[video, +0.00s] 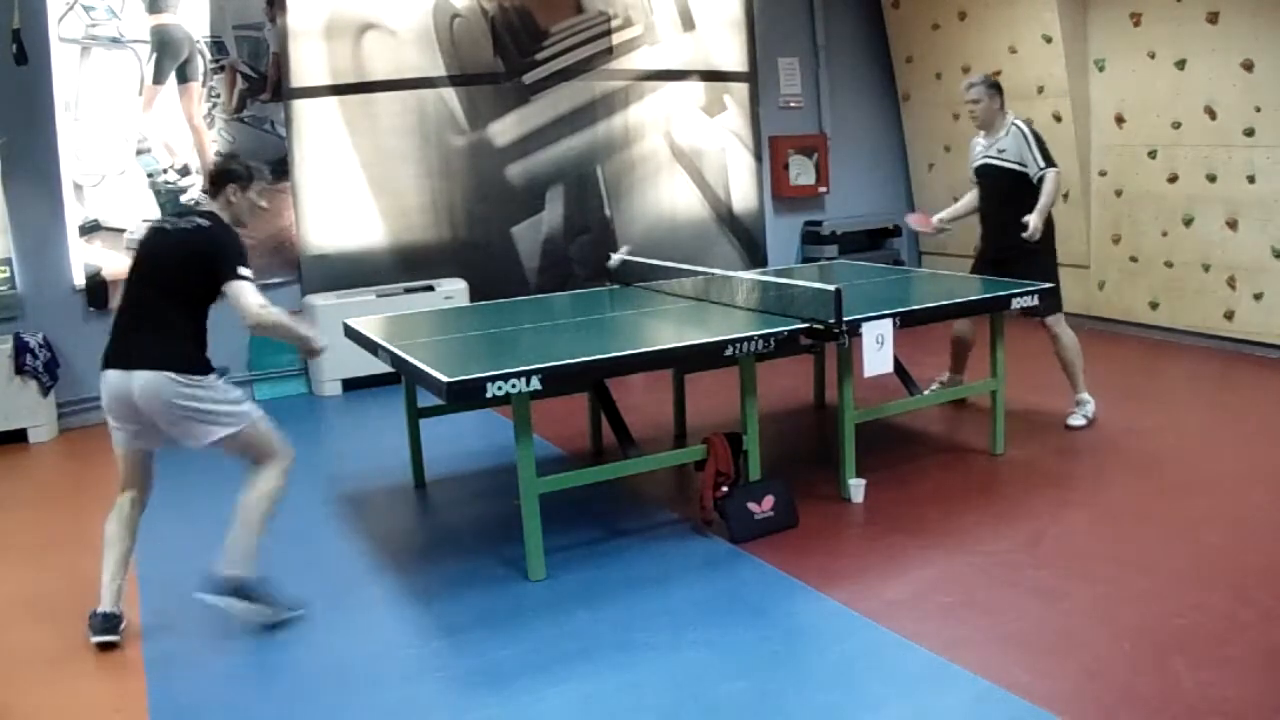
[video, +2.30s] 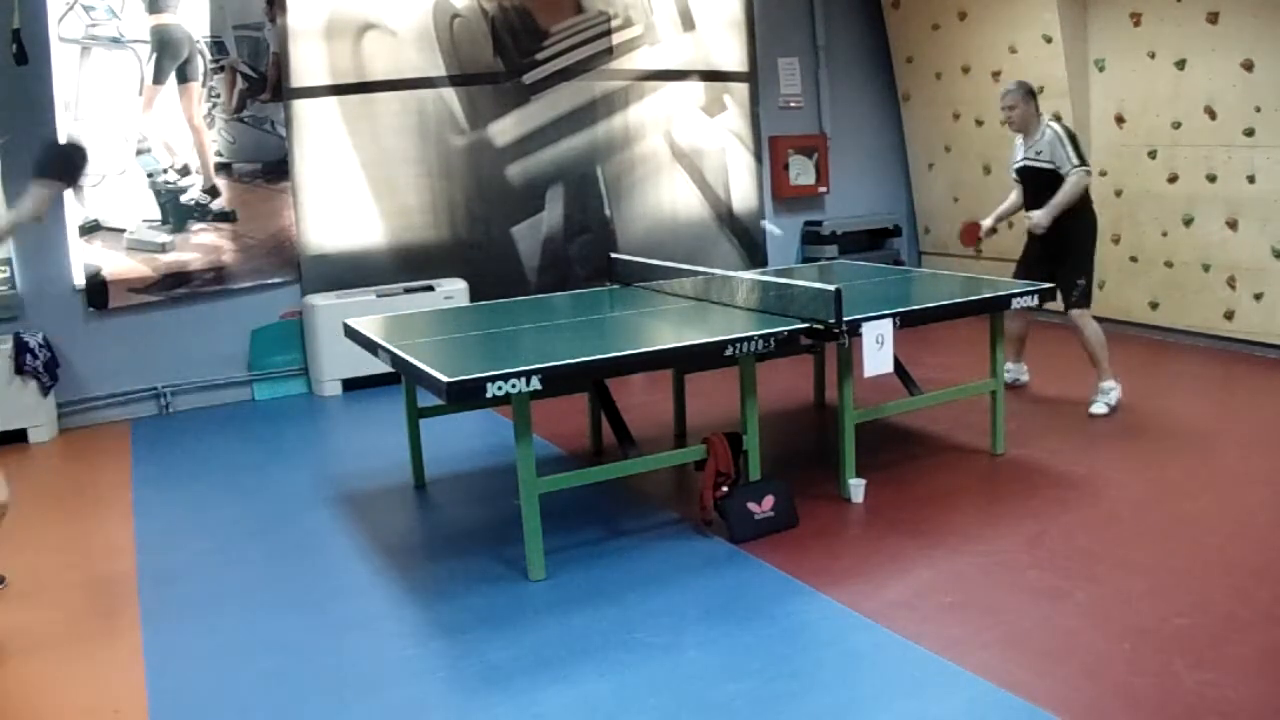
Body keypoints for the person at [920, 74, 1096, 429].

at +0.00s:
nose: (970, 110)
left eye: (976, 102)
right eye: (967, 104)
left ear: (997, 101)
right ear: (970, 107)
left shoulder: (1020, 132)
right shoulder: (978, 142)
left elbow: (1051, 174)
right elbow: (981, 192)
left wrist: (1039, 213)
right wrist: (945, 216)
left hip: (1031, 245)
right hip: (993, 245)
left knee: (1054, 322)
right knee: (962, 324)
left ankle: (1083, 398)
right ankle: (954, 380)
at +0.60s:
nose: (979, 121)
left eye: (984, 114)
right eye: (978, 116)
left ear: (1006, 110)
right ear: (990, 116)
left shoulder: (1035, 137)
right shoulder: (999, 148)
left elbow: (1069, 181)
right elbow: (1009, 196)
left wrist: (1052, 229)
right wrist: (981, 226)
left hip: (1062, 239)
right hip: (1027, 240)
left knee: (1079, 318)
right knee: (1000, 307)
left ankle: (1112, 396)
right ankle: (1000, 376)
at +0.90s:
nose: (972, 148)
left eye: (971, 141)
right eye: (969, 142)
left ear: (985, 134)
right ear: (987, 134)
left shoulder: (1013, 147)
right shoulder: (1005, 152)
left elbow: (1039, 182)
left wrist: (1032, 222)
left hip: (1050, 244)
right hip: (1029, 245)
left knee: (1062, 325)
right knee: (987, 305)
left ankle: (1112, 396)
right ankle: (999, 375)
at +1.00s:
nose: (981, 130)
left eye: (983, 123)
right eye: (978, 124)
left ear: (1000, 117)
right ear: (995, 119)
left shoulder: (1028, 138)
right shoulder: (1003, 147)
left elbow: (1048, 175)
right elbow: (983, 172)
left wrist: (1033, 213)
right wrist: (939, 158)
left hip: (1051, 237)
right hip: (1023, 237)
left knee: (1068, 314)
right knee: (992, 303)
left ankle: (1107, 391)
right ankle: (999, 375)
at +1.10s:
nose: (998, 105)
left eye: (1000, 98)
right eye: (995, 100)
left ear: (1018, 92)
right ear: (1004, 97)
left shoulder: (1042, 121)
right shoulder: (1014, 124)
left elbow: (1067, 167)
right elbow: (997, 141)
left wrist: (1056, 208)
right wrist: (960, 132)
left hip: (1054, 224)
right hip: (1024, 225)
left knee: (1074, 300)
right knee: (1012, 302)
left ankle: (1105, 372)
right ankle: (996, 366)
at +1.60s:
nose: (1030, 104)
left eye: (1036, 98)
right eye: (1027, 98)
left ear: (1055, 99)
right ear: (1026, 100)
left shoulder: (1074, 134)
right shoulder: (1027, 132)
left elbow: (1093, 183)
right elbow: (1009, 169)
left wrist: (1086, 229)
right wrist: (969, 179)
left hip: (1067, 234)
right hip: (1032, 232)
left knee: (1081, 310)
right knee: (1020, 302)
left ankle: (1104, 373)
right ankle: (1024, 363)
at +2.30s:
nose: (1006, 117)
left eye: (1011, 109)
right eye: (1003, 111)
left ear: (1030, 106)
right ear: (1008, 113)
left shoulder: (1056, 133)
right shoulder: (1021, 143)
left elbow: (1080, 176)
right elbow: (1021, 191)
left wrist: (1047, 212)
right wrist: (992, 219)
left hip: (1075, 230)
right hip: (1042, 230)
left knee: (1076, 310)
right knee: (1018, 301)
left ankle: (1108, 384)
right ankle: (1014, 366)